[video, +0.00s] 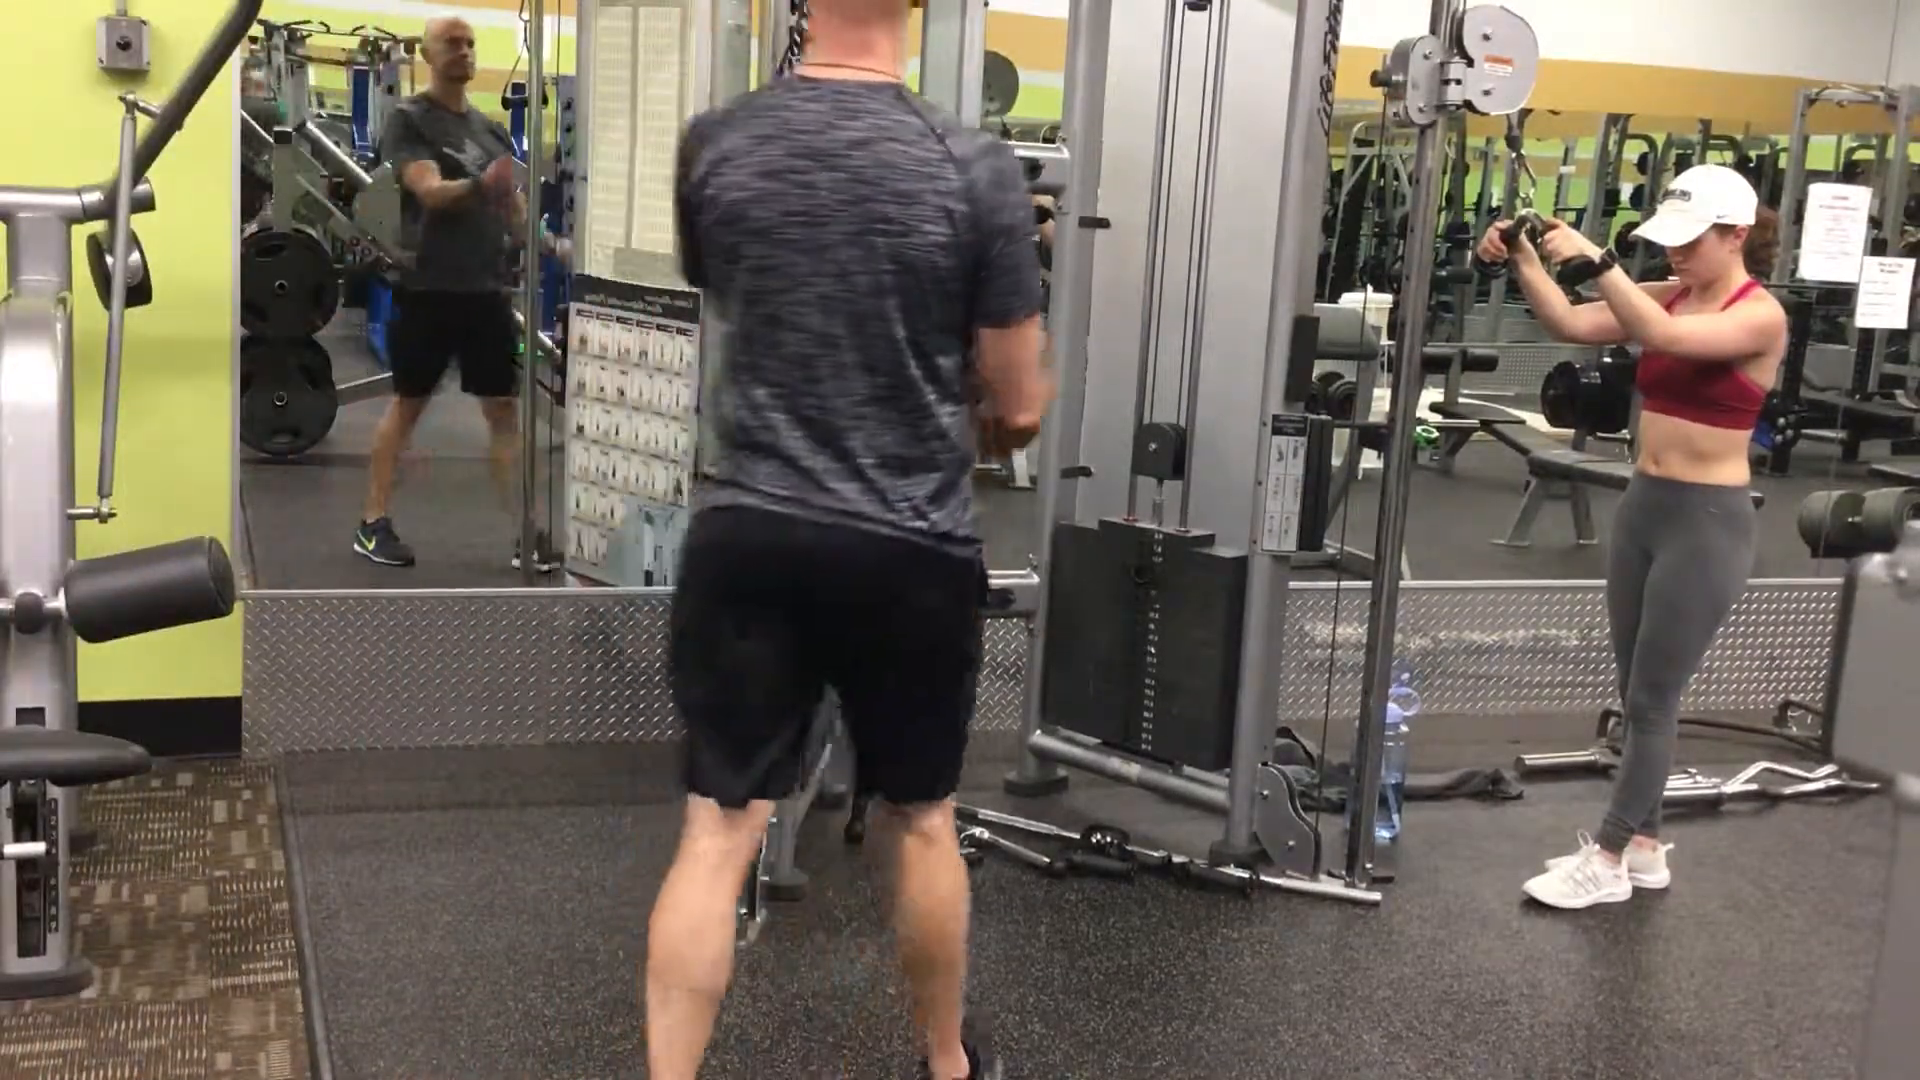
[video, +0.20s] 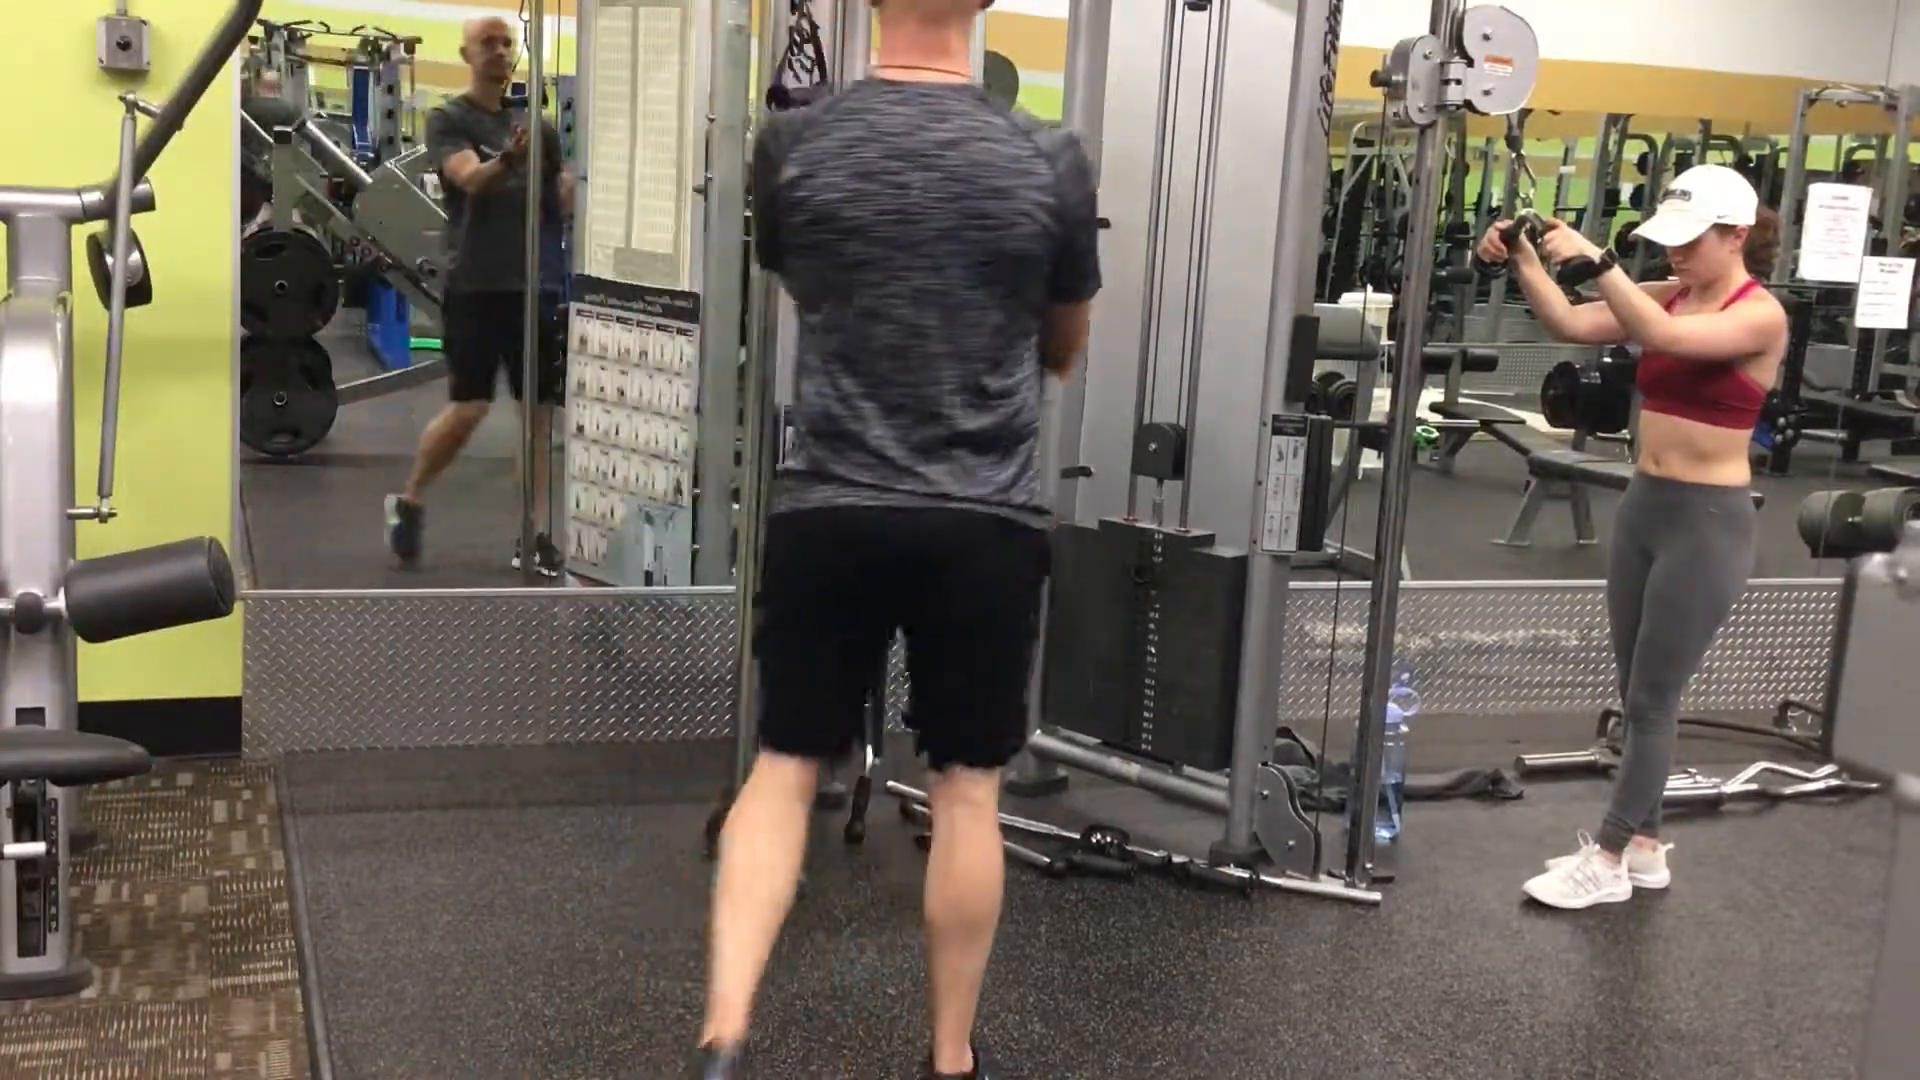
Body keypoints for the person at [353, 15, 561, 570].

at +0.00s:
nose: (464, 53)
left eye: (469, 44)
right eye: (452, 44)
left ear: (476, 54)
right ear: (426, 55)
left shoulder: (492, 132)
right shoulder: (407, 120)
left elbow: (514, 213)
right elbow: (428, 192)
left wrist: (528, 224)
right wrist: (482, 186)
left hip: (485, 293)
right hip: (428, 291)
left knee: (503, 412)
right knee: (406, 406)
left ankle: (526, 530)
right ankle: (374, 521)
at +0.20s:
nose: (500, 52)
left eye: (505, 43)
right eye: (489, 44)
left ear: (515, 52)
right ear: (466, 54)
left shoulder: (533, 124)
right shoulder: (447, 119)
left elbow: (564, 188)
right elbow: (471, 179)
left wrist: (564, 191)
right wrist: (511, 156)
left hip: (535, 285)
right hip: (474, 287)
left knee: (541, 415)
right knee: (468, 408)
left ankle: (537, 535)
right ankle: (409, 503)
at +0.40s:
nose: (515, 52)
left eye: (522, 43)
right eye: (504, 44)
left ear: (537, 50)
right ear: (489, 55)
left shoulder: (564, 114)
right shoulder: (473, 119)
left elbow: (595, 168)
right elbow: (483, 168)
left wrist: (559, 127)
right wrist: (519, 138)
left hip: (562, 281)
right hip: (499, 283)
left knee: (549, 421)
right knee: (503, 416)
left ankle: (541, 536)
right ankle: (501, 534)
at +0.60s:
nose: (517, 60)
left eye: (526, 49)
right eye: (509, 51)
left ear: (546, 52)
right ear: (501, 56)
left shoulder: (575, 114)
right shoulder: (487, 123)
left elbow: (594, 167)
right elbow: (495, 183)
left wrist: (555, 108)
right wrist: (515, 133)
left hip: (570, 285)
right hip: (510, 287)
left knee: (565, 422)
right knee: (517, 421)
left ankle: (553, 534)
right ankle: (527, 541)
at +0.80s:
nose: (536, 79)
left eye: (546, 69)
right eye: (531, 69)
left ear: (568, 71)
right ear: (523, 73)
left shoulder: (587, 123)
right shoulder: (515, 121)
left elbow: (593, 161)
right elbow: (503, 189)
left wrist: (544, 103)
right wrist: (506, 129)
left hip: (580, 282)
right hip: (523, 282)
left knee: (571, 428)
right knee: (527, 428)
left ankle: (565, 552)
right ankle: (528, 550)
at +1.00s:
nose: (554, 76)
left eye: (562, 68)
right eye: (553, 67)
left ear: (587, 71)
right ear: (553, 71)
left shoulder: (607, 129)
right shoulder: (546, 124)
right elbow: (518, 179)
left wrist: (565, 124)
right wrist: (518, 115)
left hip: (596, 288)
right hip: (549, 287)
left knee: (586, 431)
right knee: (543, 428)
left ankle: (589, 558)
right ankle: (536, 547)